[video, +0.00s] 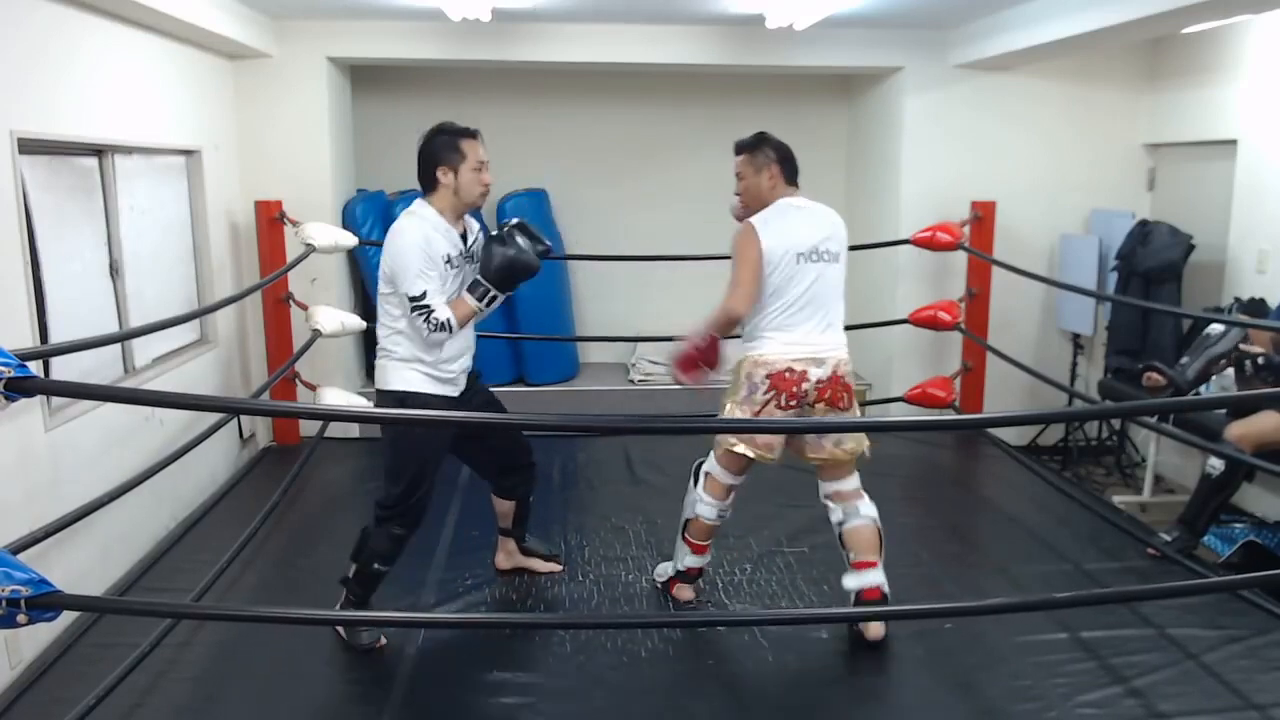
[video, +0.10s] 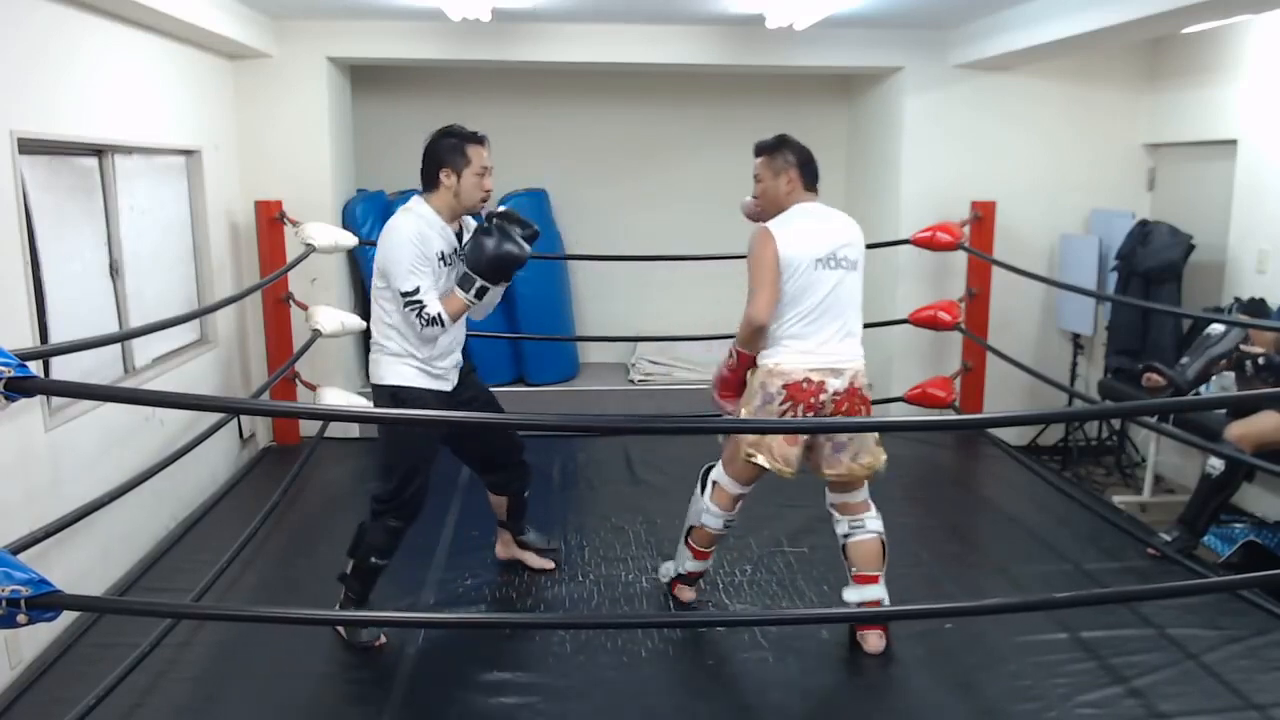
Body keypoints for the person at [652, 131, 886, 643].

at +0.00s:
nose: (737, 190)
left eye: (741, 178)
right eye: (736, 179)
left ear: (772, 173)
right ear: (785, 176)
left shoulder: (756, 230)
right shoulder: (832, 222)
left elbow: (737, 309)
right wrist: (750, 221)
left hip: (768, 378)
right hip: (832, 377)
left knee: (720, 478)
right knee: (845, 489)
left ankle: (685, 578)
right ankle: (872, 607)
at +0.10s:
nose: (754, 190)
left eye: (760, 180)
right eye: (754, 181)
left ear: (790, 177)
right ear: (801, 180)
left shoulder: (771, 235)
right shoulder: (849, 228)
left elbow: (759, 316)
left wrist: (737, 362)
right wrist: (768, 219)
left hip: (781, 388)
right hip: (846, 389)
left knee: (728, 484)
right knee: (854, 504)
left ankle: (687, 579)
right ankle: (872, 626)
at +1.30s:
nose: (626, 178)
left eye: (628, 169)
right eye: (631, 169)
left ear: (638, 170)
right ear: (684, 173)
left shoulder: (606, 227)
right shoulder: (723, 229)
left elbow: (542, 281)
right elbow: (758, 307)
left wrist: (559, 243)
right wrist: (723, 242)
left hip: (610, 395)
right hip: (681, 402)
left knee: (583, 496)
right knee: (702, 547)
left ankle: (546, 607)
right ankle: (710, 692)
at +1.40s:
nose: (607, 170)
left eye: (607, 162)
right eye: (609, 164)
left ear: (614, 164)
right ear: (665, 171)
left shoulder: (584, 213)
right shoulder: (690, 225)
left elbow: (539, 215)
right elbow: (734, 298)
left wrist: (524, 196)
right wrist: (715, 228)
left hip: (576, 385)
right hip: (642, 394)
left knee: (569, 501)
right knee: (672, 528)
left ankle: (546, 615)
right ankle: (664, 670)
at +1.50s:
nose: (591, 168)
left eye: (592, 161)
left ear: (599, 162)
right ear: (650, 166)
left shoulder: (570, 209)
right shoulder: (672, 219)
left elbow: (541, 248)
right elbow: (706, 304)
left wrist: (596, 227)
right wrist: (700, 239)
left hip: (550, 374)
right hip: (612, 388)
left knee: (563, 477)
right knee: (632, 523)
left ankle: (537, 591)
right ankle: (585, 652)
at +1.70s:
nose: (575, 185)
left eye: (575, 178)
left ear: (578, 181)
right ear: (629, 188)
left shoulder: (540, 234)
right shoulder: (640, 248)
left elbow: (491, 292)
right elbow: (671, 330)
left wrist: (537, 268)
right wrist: (684, 289)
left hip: (525, 384)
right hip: (575, 402)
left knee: (546, 475)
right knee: (617, 523)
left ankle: (516, 575)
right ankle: (570, 645)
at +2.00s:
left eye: (560, 189)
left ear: (561, 193)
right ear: (612, 199)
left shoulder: (527, 237)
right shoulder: (624, 253)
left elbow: (470, 279)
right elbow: (652, 335)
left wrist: (497, 253)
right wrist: (667, 298)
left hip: (492, 386)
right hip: (546, 403)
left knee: (506, 471)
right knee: (592, 526)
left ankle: (499, 562)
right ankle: (566, 656)